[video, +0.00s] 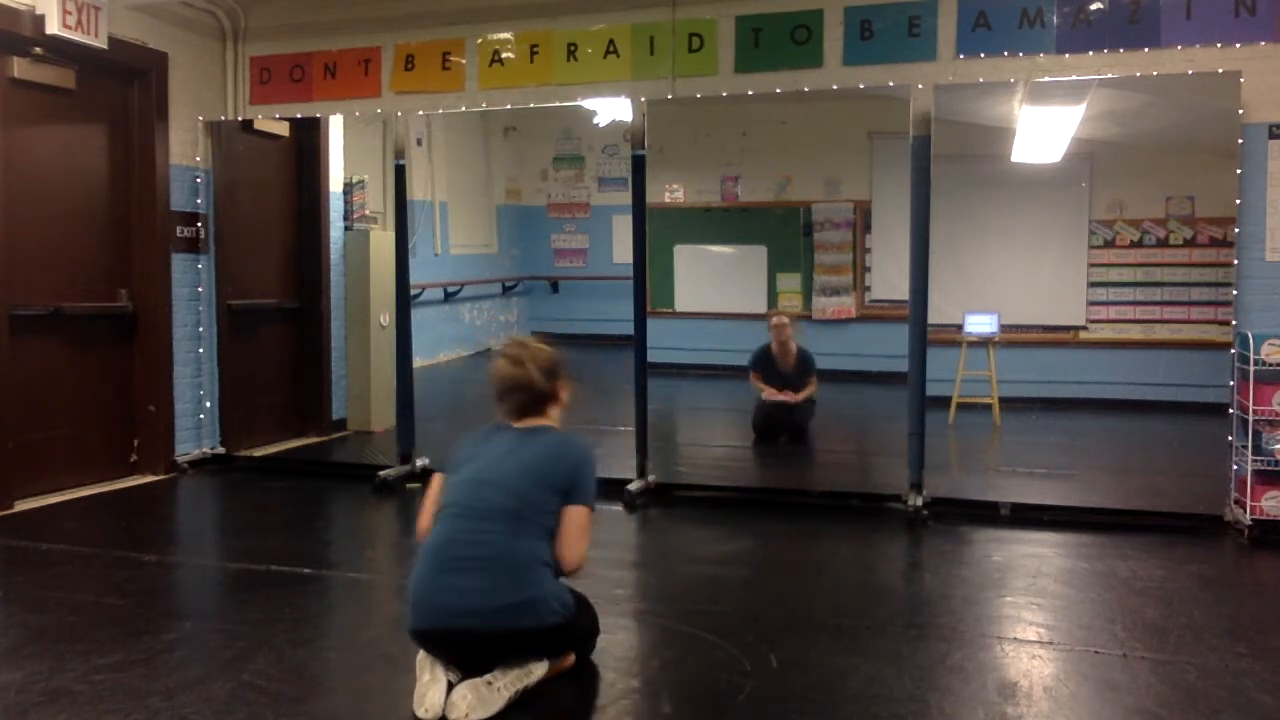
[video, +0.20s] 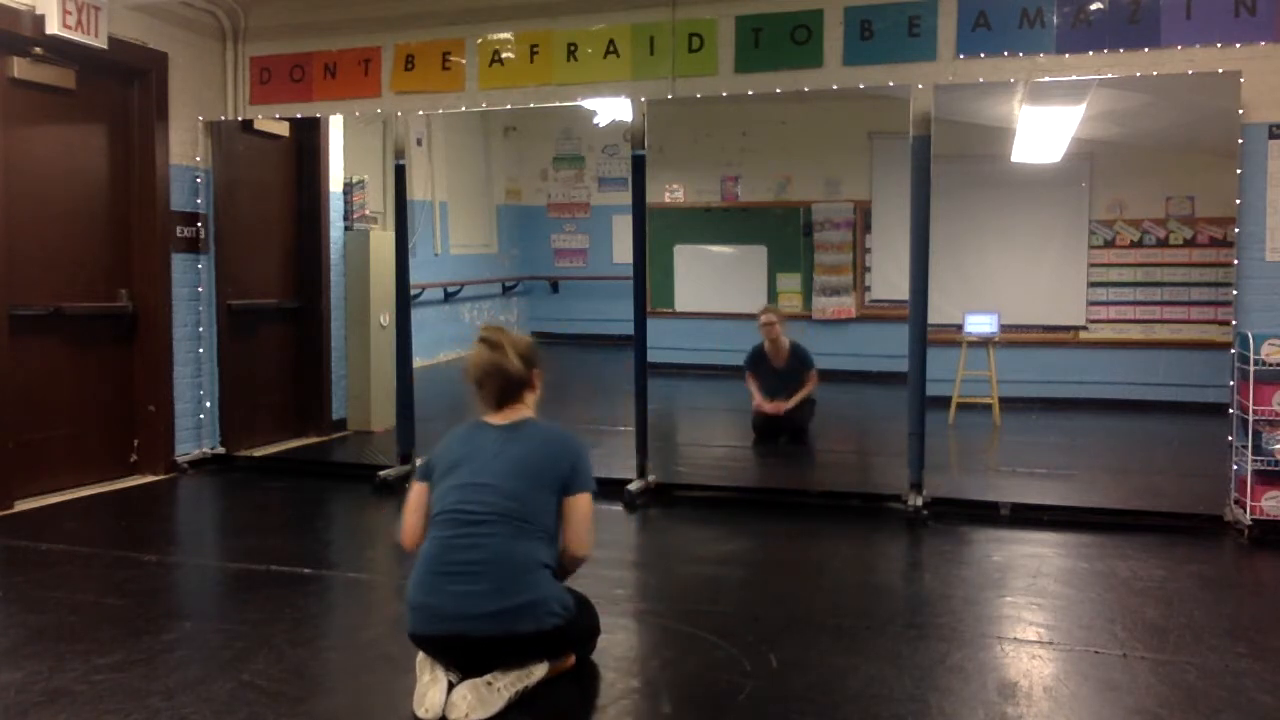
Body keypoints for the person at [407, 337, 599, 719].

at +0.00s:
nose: (568, 388)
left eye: (564, 380)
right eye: (565, 381)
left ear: (503, 396)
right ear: (559, 391)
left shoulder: (468, 444)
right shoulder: (572, 451)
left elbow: (424, 529)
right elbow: (570, 560)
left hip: (432, 619)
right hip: (521, 616)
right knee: (582, 621)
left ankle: (444, 674)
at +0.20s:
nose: (544, 381)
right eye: (540, 374)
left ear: (479, 387)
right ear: (535, 380)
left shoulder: (445, 447)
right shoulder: (564, 446)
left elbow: (410, 538)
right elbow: (577, 549)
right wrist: (543, 577)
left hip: (434, 627)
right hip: (526, 625)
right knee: (584, 619)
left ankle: (444, 677)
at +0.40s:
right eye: (508, 390)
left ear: (458, 411)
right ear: (508, 395)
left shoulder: (447, 466)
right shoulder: (553, 451)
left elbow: (435, 533)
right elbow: (561, 542)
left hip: (440, 623)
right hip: (530, 621)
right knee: (584, 615)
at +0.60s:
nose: (446, 476)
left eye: (445, 469)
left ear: (453, 465)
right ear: (494, 449)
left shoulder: (452, 489)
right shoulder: (551, 467)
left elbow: (438, 533)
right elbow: (555, 535)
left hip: (448, 610)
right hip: (547, 607)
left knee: (480, 663)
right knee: (578, 646)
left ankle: (444, 665)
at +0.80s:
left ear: (462, 464)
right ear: (513, 450)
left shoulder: (460, 485)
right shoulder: (559, 478)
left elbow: (444, 537)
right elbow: (561, 546)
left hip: (449, 606)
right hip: (544, 605)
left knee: (481, 659)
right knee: (581, 644)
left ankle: (444, 662)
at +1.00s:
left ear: (481, 404)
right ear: (535, 401)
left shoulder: (460, 453)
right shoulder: (561, 455)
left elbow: (453, 513)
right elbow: (564, 519)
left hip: (444, 611)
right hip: (536, 610)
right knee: (584, 636)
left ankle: (444, 667)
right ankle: (512, 679)